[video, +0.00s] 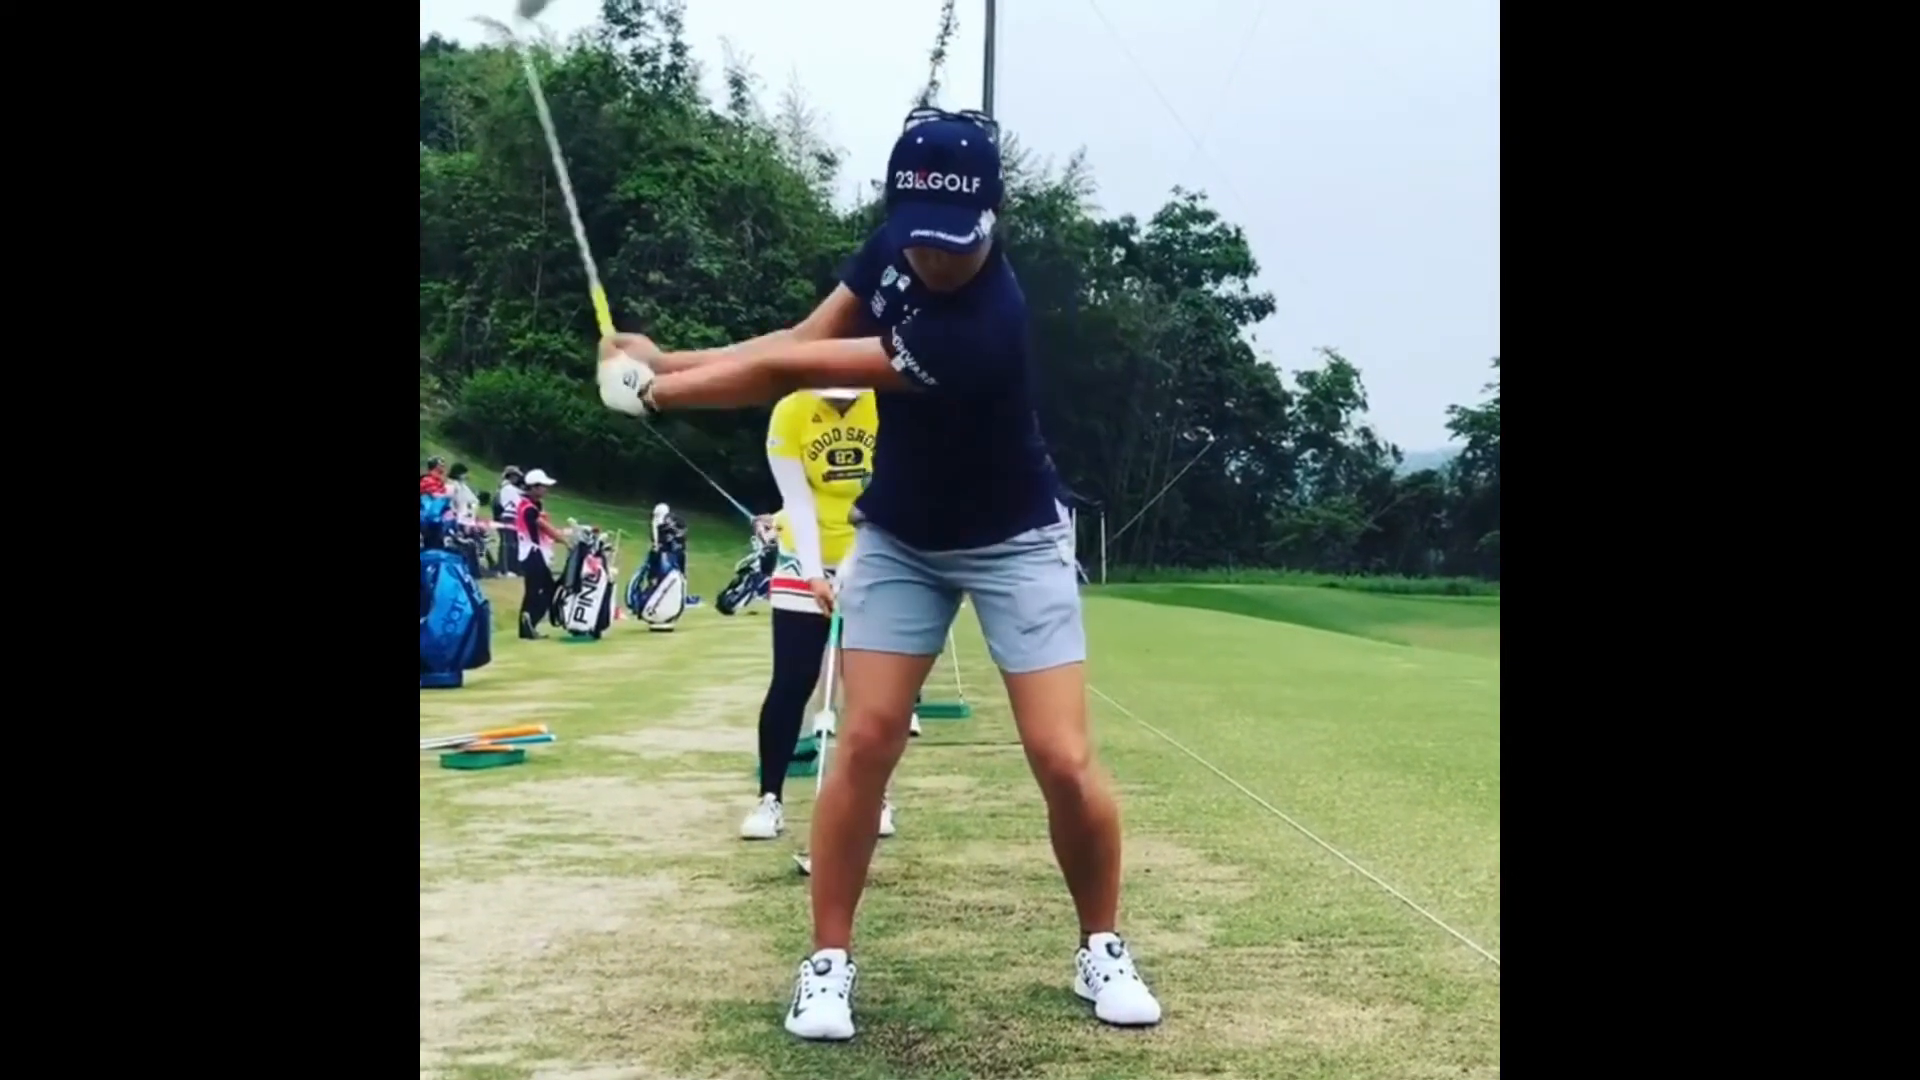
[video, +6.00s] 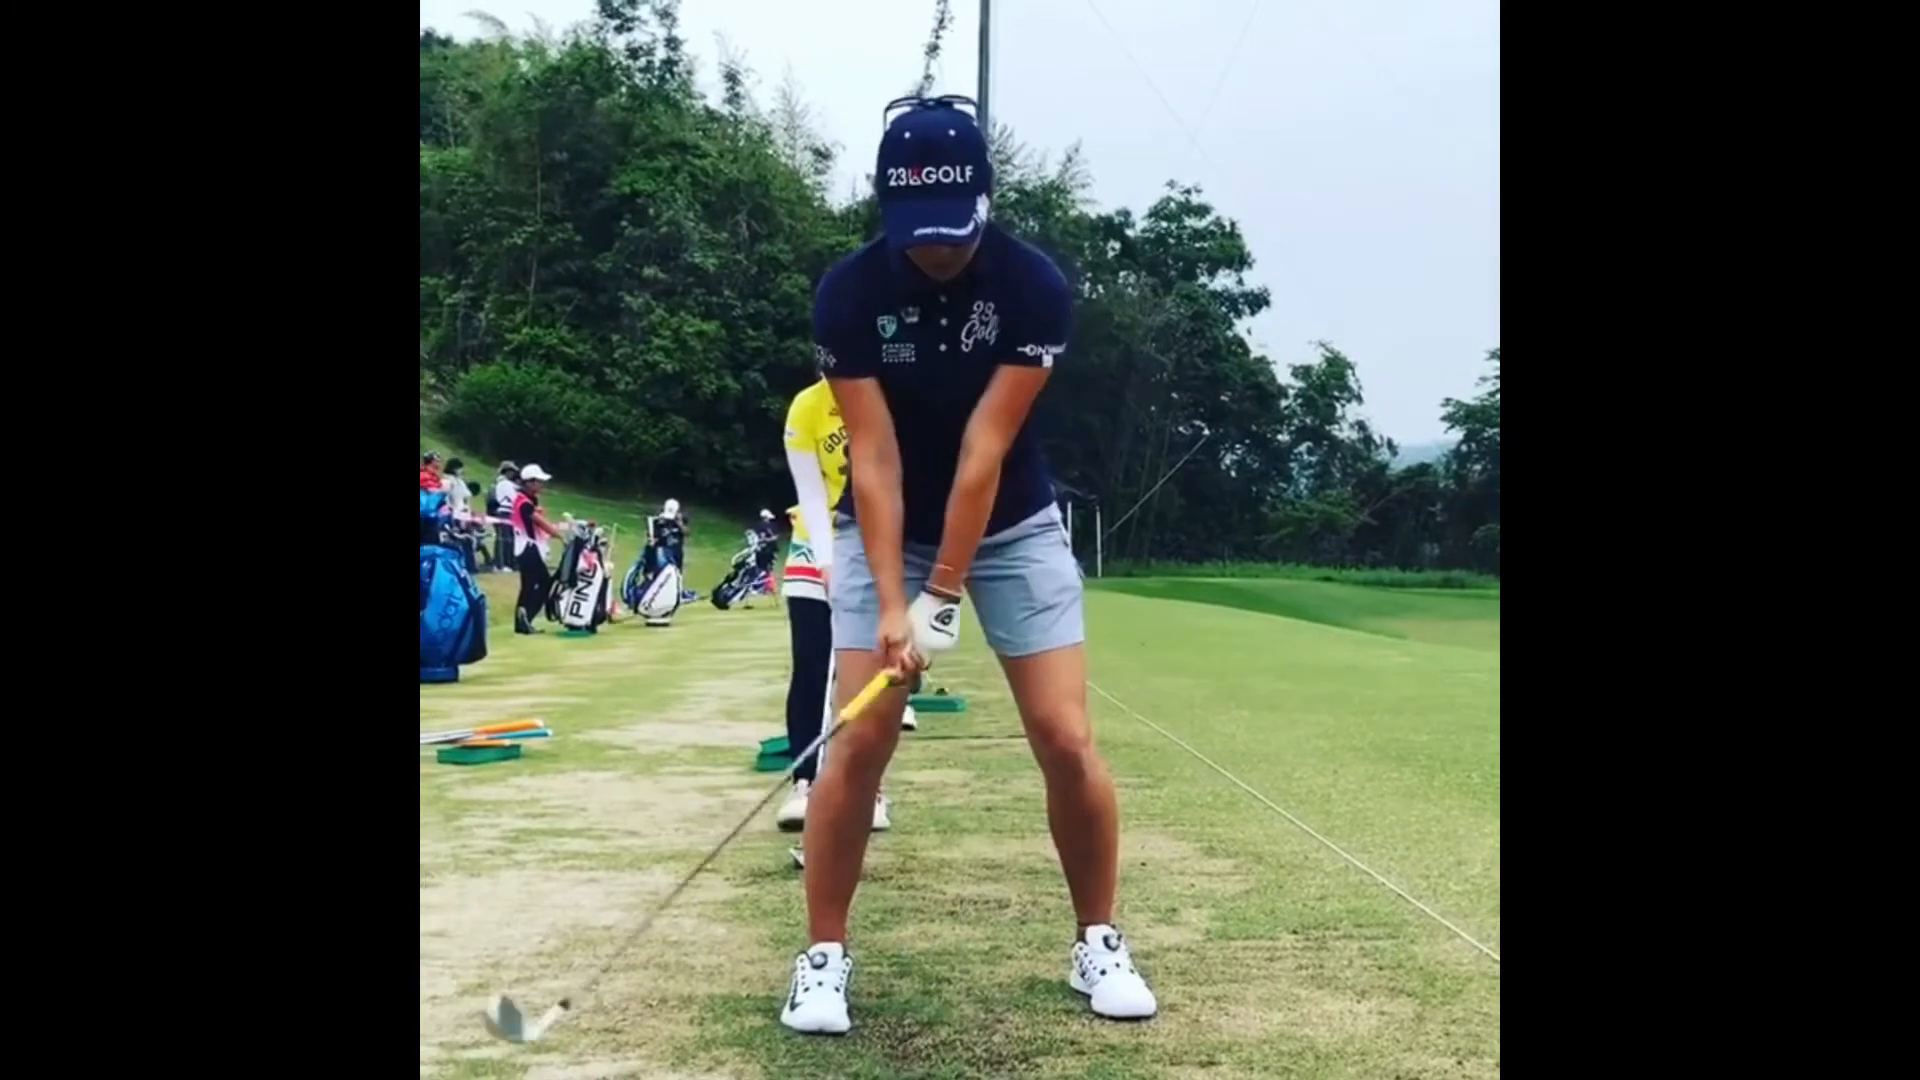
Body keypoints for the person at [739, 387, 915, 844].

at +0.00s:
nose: (841, 380)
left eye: (850, 364)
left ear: (869, 359)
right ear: (815, 360)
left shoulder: (887, 404)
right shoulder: (791, 413)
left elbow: (897, 487)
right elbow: (797, 501)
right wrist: (813, 571)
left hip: (871, 556)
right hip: (804, 560)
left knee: (878, 689)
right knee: (792, 682)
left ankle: (875, 791)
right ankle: (770, 797)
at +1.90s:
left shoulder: (899, 410)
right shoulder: (806, 408)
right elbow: (809, 502)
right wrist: (816, 569)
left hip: (887, 546)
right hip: (826, 549)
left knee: (877, 682)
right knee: (805, 668)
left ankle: (872, 787)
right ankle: (789, 786)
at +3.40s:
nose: (799, 421)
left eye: (810, 411)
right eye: (790, 409)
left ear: (831, 394)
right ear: (774, 393)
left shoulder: (861, 431)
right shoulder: (753, 442)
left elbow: (844, 513)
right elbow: (765, 527)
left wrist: (808, 582)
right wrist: (774, 595)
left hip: (835, 580)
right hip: (764, 578)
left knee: (838, 697)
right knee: (746, 696)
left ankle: (852, 814)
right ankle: (714, 815)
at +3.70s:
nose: (789, 426)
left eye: (800, 415)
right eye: (780, 414)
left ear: (819, 398)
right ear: (764, 397)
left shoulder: (849, 435)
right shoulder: (741, 445)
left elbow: (833, 517)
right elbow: (755, 529)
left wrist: (797, 588)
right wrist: (770, 598)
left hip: (823, 587)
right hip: (750, 586)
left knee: (830, 702)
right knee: (736, 702)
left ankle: (849, 816)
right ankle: (710, 820)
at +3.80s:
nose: (848, 356)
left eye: (858, 347)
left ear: (880, 344)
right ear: (829, 346)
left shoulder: (895, 400)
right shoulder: (808, 402)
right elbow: (809, 492)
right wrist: (828, 555)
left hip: (874, 564)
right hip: (813, 564)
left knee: (874, 691)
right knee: (816, 681)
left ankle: (868, 785)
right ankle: (811, 788)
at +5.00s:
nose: (811, 408)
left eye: (822, 397)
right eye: (801, 396)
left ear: (842, 383)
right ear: (785, 381)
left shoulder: (872, 420)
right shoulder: (763, 431)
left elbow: (863, 506)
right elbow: (773, 518)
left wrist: (825, 575)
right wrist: (784, 584)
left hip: (850, 574)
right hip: (776, 573)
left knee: (852, 693)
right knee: (761, 691)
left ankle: (868, 807)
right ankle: (735, 809)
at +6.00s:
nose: (845, 363)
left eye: (854, 355)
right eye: (838, 354)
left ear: (877, 353)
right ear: (829, 354)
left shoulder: (891, 401)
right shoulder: (809, 406)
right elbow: (811, 495)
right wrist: (827, 563)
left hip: (873, 556)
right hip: (814, 553)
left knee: (867, 678)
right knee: (811, 671)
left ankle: (870, 785)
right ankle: (807, 778)